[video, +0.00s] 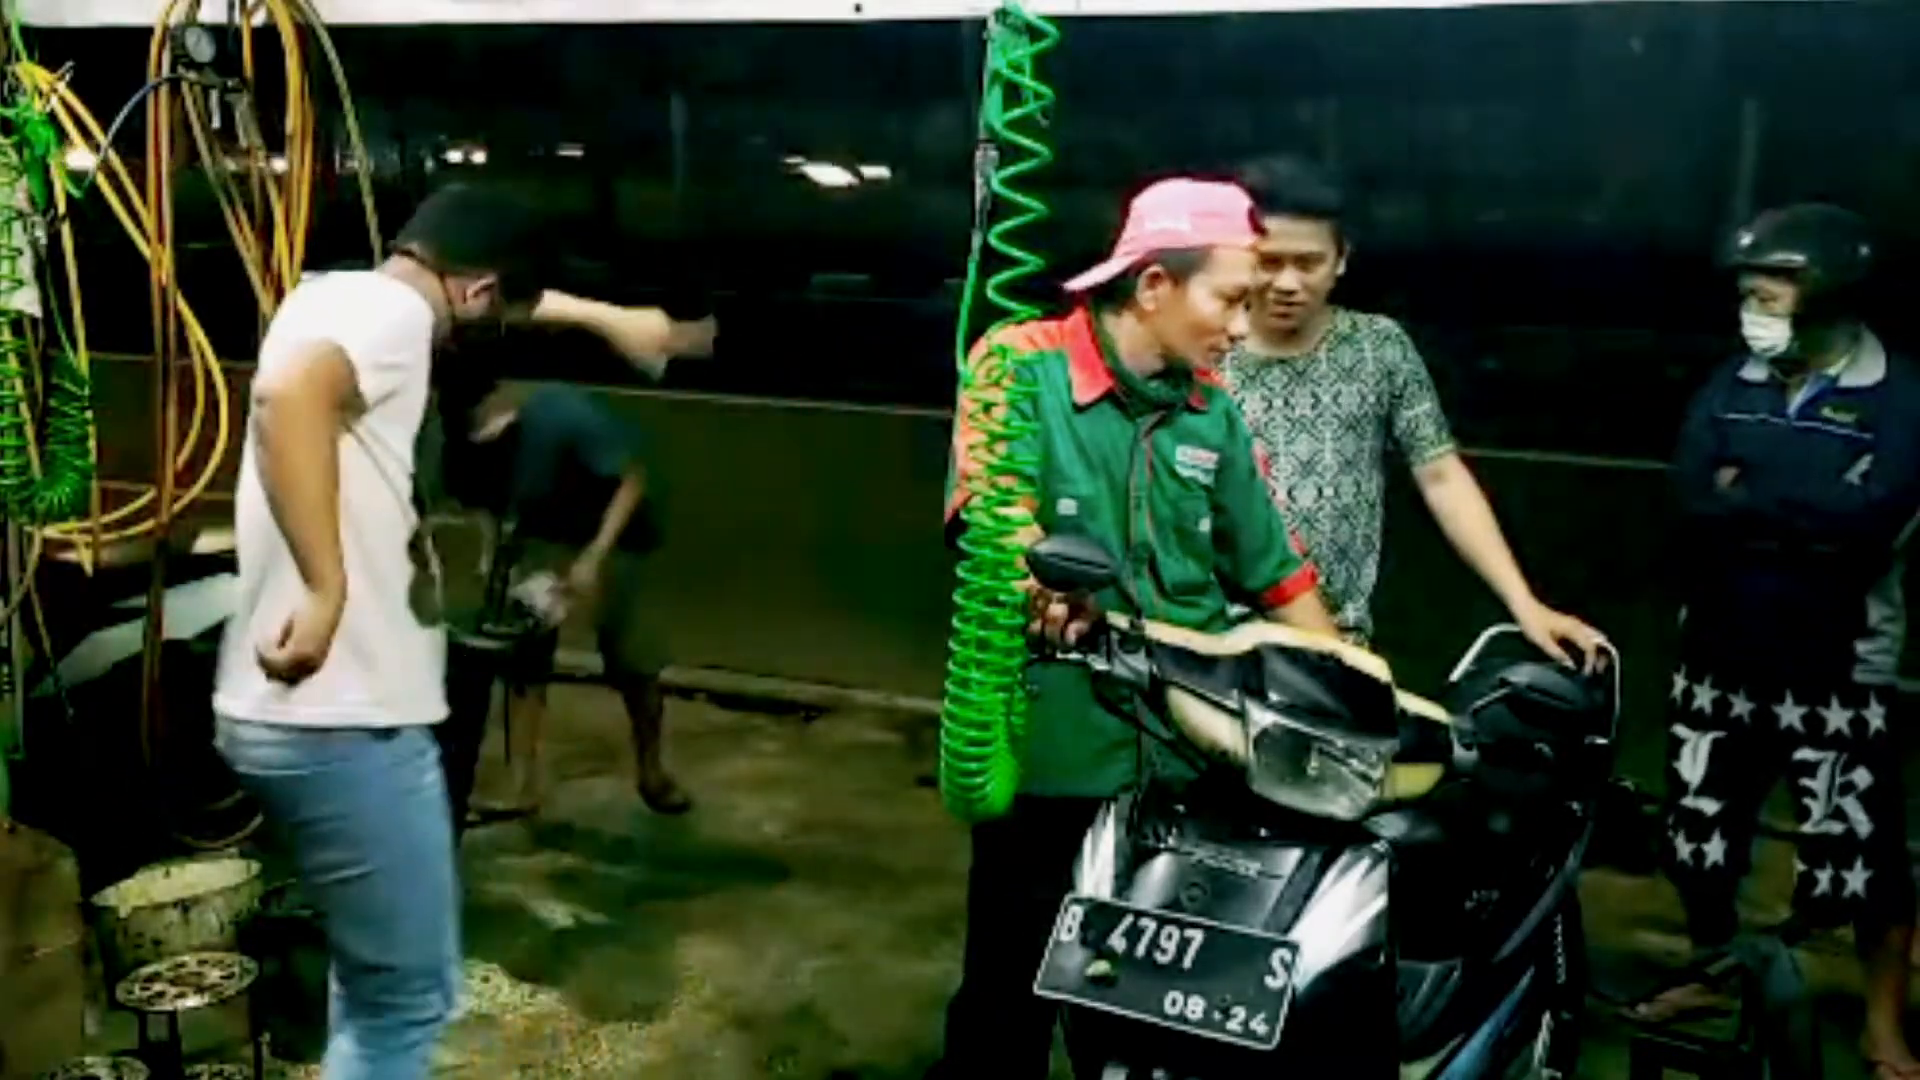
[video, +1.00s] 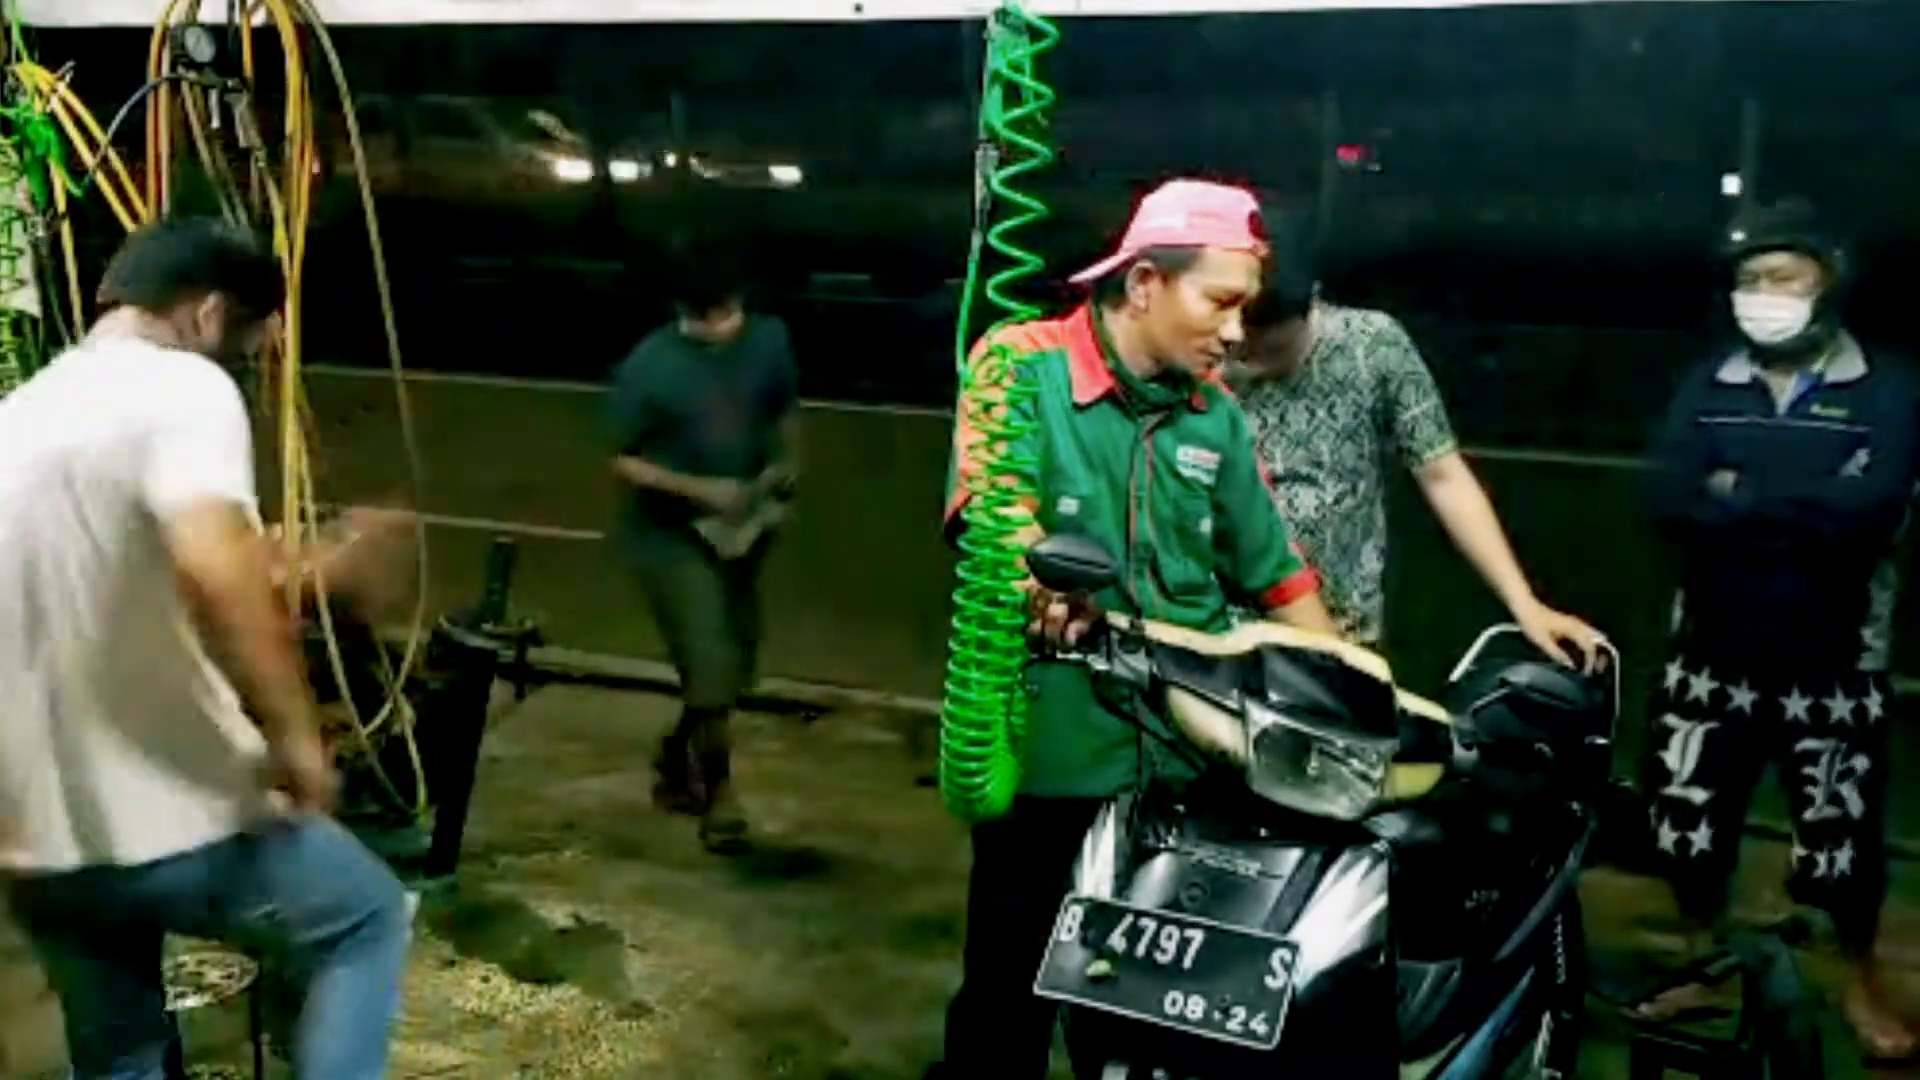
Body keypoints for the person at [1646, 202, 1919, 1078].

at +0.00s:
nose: (1756, 303)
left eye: (1778, 289)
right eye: (1750, 286)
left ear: (1830, 299)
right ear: (1741, 290)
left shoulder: (1891, 395)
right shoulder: (1729, 384)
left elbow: (1872, 520)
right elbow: (1688, 499)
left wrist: (1740, 482)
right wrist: (1825, 499)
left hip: (1839, 659)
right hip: (1721, 649)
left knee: (1860, 852)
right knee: (1699, 829)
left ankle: (1885, 1020)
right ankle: (1709, 972)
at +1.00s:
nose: (1765, 299)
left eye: (1786, 281)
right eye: (1752, 281)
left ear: (1827, 287)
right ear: (1733, 291)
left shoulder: (1880, 390)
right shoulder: (1710, 384)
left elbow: (1875, 507)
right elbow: (1664, 496)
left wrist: (1737, 485)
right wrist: (1819, 492)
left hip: (1830, 650)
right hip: (1715, 644)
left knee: (1844, 833)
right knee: (1688, 817)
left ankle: (1856, 984)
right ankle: (1703, 970)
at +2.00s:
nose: (1904, 302)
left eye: (1917, 287)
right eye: (1891, 285)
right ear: (1865, 297)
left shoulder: (1919, 412)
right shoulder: (1814, 392)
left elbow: (1908, 515)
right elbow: (1765, 503)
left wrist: (1831, 484)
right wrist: (1880, 512)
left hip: (1899, 669)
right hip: (1795, 657)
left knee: (1896, 850)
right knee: (1722, 824)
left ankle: (1863, 989)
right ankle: (1709, 968)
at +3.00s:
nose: (1903, 301)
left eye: (1918, 287)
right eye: (1892, 285)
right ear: (1866, 298)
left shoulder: (1919, 413)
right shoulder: (1814, 387)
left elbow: (1907, 507)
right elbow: (1765, 485)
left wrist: (1828, 472)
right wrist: (1876, 509)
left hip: (1893, 659)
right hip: (1786, 644)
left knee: (1885, 843)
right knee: (1733, 816)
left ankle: (1858, 979)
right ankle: (1722, 939)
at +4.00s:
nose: (1876, 306)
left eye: (1896, 292)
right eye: (1864, 288)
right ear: (1838, 296)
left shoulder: (1918, 406)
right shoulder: (1787, 388)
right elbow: (1725, 496)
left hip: (1892, 656)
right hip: (1784, 643)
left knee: (1886, 837)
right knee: (1757, 808)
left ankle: (1862, 984)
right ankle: (1724, 942)